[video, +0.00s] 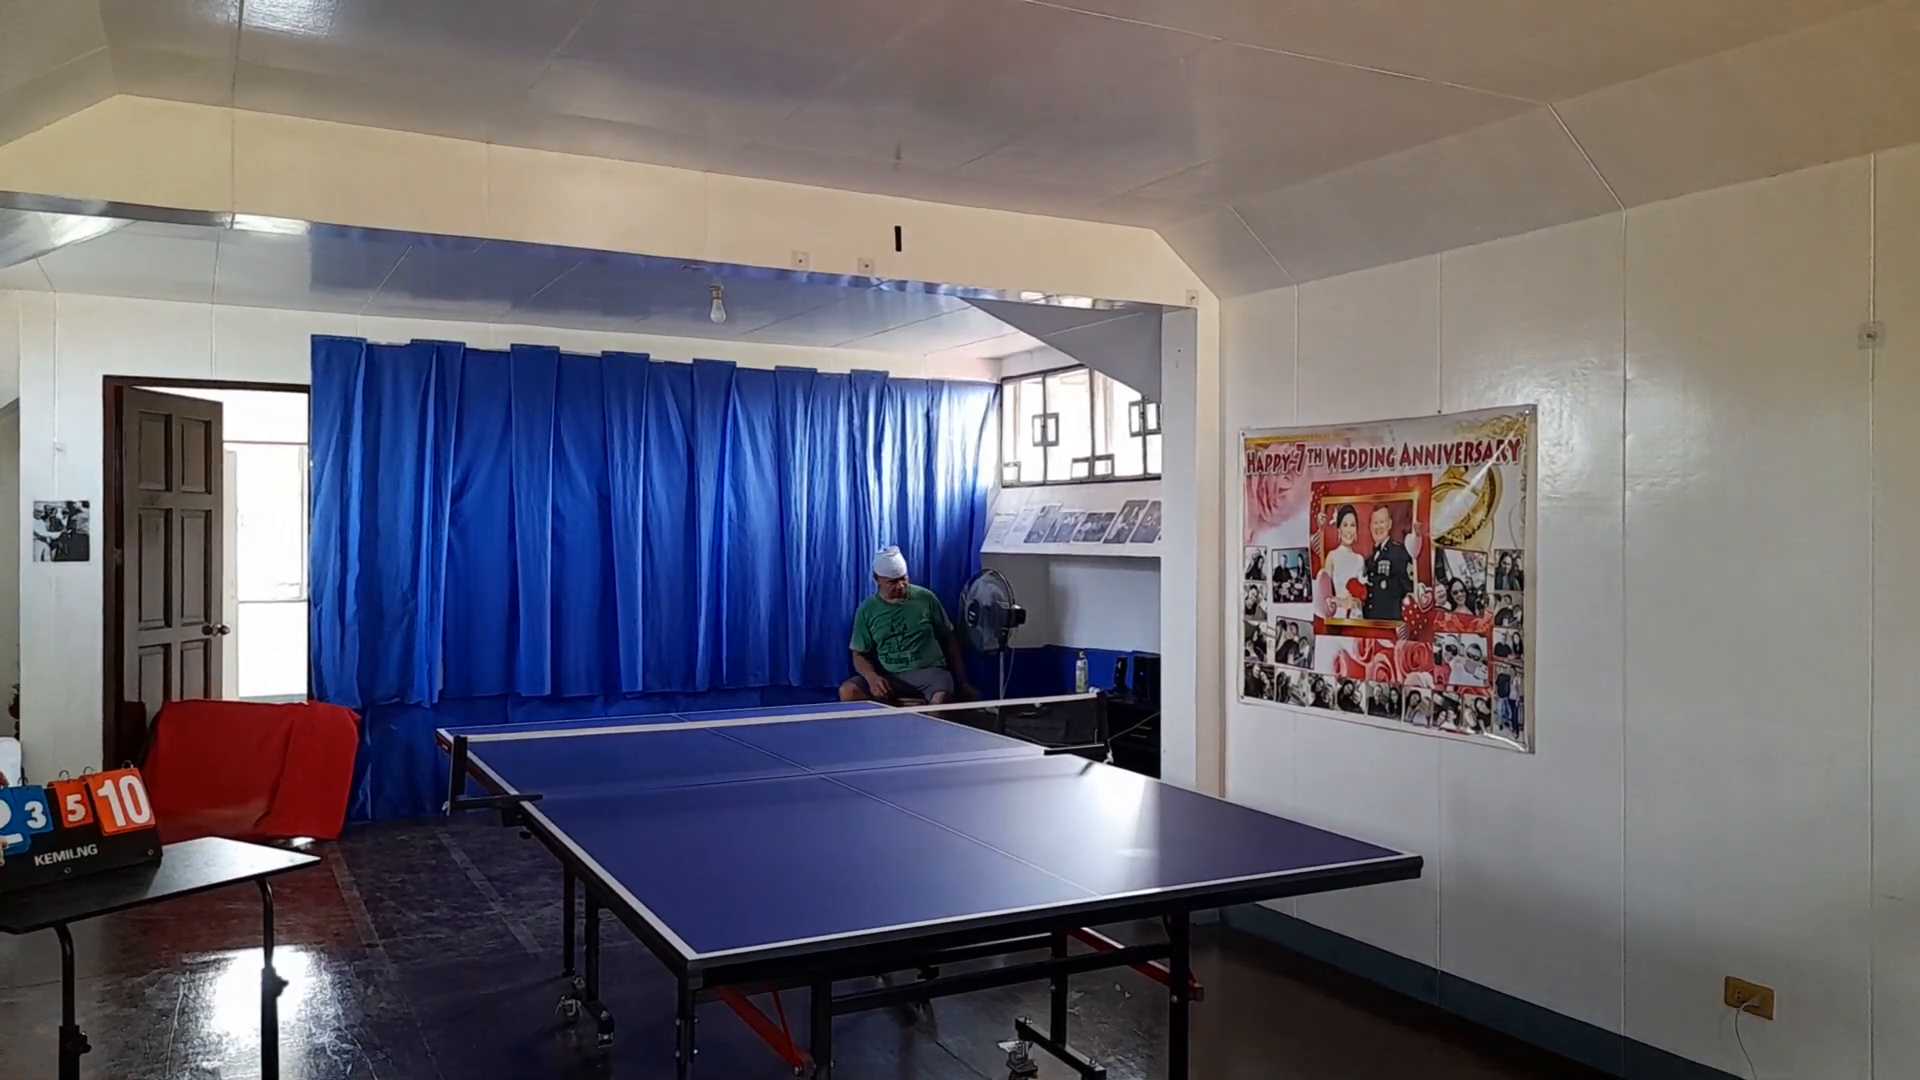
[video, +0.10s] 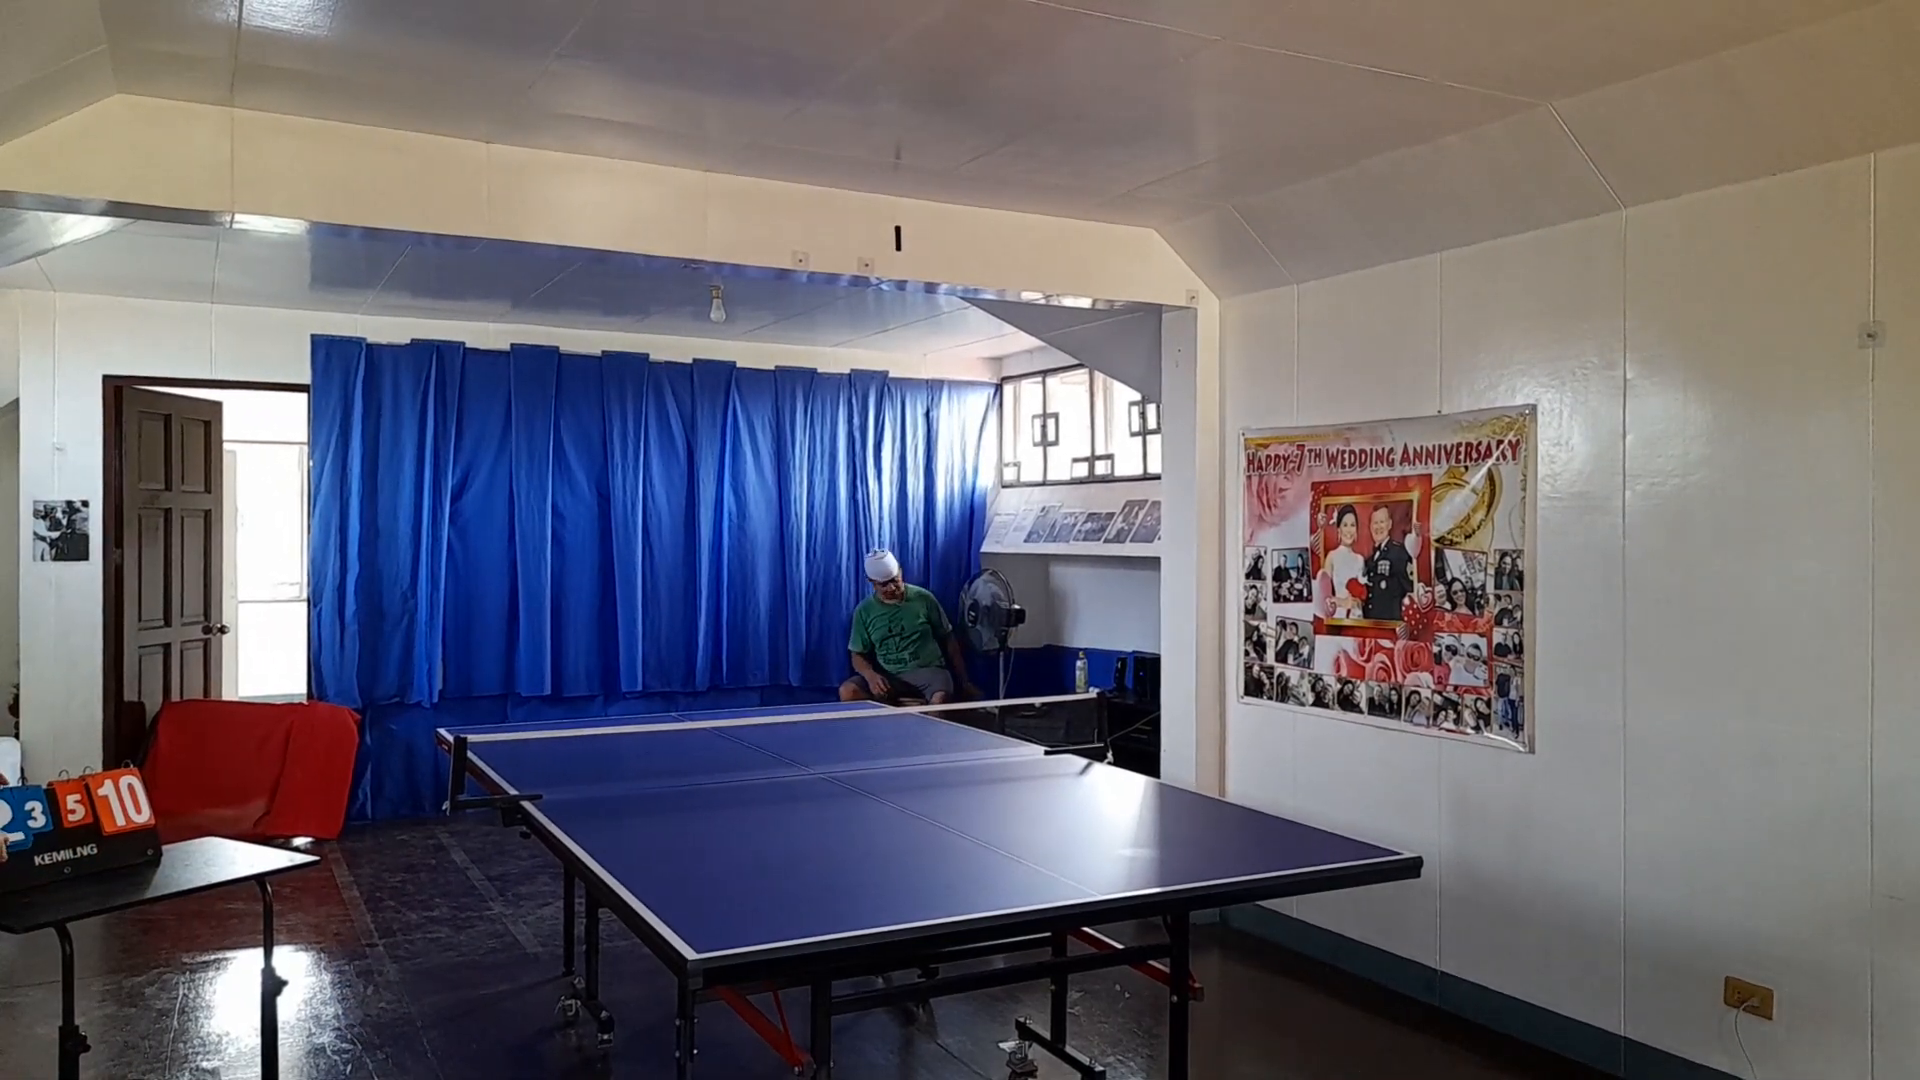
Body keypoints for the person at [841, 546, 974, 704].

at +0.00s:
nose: (900, 586)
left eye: (903, 579)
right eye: (892, 582)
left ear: (907, 574)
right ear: (877, 580)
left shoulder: (926, 598)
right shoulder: (866, 611)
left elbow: (949, 637)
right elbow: (858, 655)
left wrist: (961, 679)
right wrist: (872, 678)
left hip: (928, 671)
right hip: (888, 674)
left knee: (940, 698)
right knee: (848, 690)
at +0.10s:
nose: (891, 588)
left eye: (894, 581)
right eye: (884, 585)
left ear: (901, 573)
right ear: (873, 584)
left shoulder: (923, 598)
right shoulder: (864, 612)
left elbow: (948, 639)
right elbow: (857, 655)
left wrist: (964, 681)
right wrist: (871, 676)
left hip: (927, 670)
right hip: (887, 673)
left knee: (940, 698)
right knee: (848, 690)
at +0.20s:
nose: (883, 591)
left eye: (887, 583)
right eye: (876, 587)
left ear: (894, 574)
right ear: (867, 587)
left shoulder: (921, 599)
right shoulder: (862, 614)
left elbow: (948, 638)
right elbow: (857, 658)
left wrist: (964, 680)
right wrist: (870, 675)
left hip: (926, 671)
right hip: (887, 674)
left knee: (940, 699)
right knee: (848, 691)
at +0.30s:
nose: (877, 592)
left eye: (880, 585)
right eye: (869, 589)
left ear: (888, 575)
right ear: (863, 589)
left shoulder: (917, 599)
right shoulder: (859, 616)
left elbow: (948, 634)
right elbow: (857, 659)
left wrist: (962, 675)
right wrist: (869, 672)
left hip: (926, 670)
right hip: (887, 674)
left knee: (940, 697)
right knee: (848, 690)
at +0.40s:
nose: (872, 597)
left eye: (875, 589)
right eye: (865, 593)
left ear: (884, 578)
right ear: (858, 593)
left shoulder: (914, 599)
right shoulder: (857, 619)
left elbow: (948, 630)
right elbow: (855, 661)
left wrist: (963, 669)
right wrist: (867, 669)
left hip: (925, 670)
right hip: (887, 674)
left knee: (938, 699)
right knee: (848, 691)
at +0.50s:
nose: (869, 603)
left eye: (872, 595)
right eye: (862, 599)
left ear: (882, 584)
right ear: (855, 599)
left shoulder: (909, 602)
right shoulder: (854, 622)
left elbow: (946, 624)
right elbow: (853, 663)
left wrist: (963, 663)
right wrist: (866, 668)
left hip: (923, 669)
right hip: (885, 674)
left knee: (937, 699)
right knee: (848, 692)